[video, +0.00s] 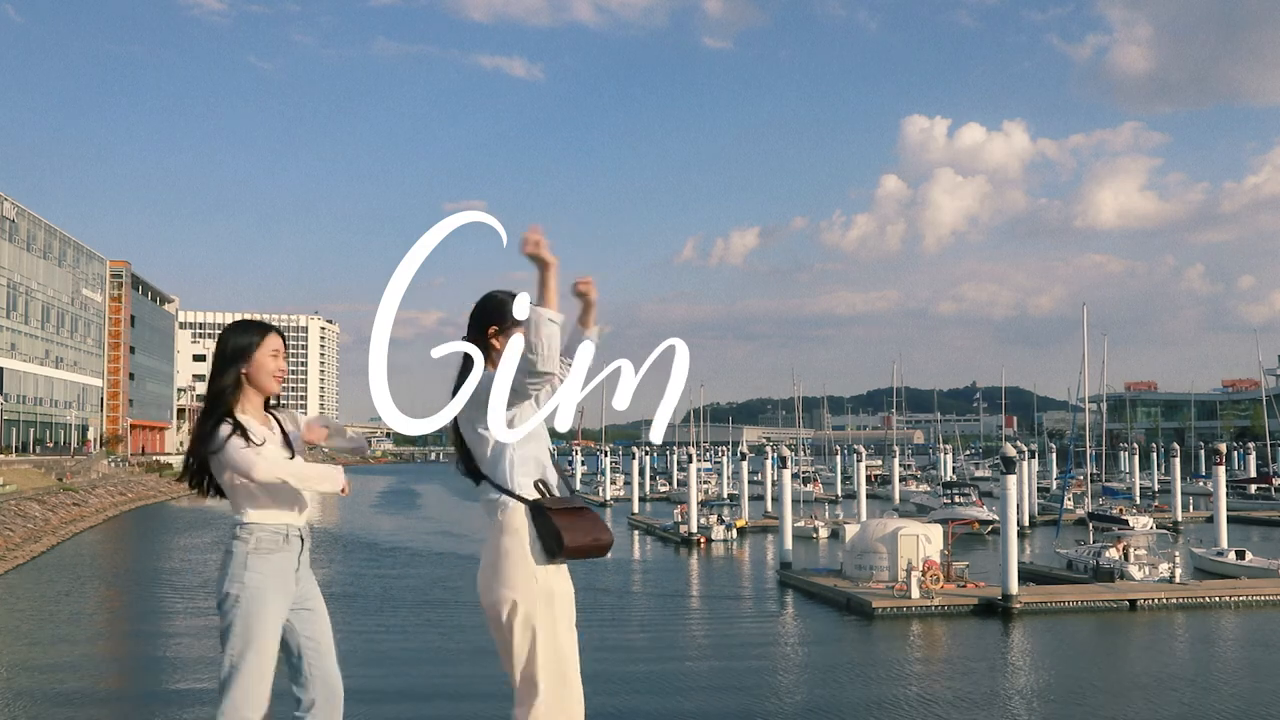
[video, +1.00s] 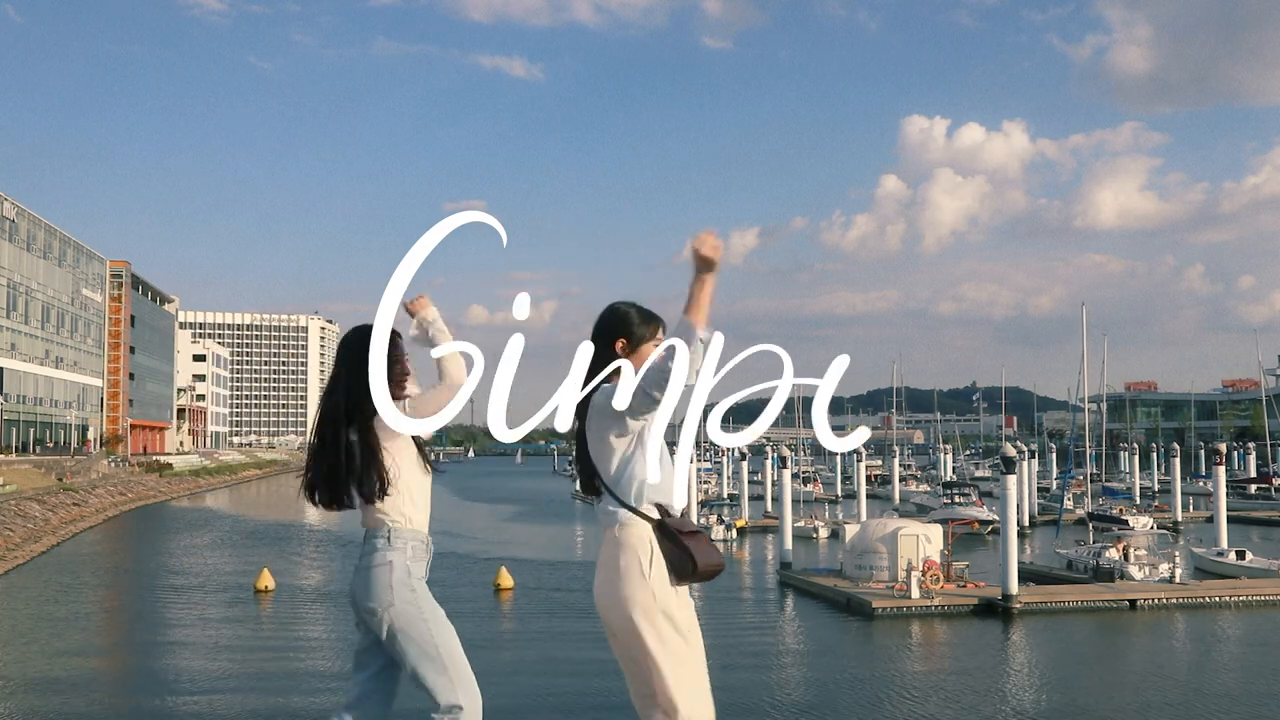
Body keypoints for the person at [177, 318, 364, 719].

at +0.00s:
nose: (283, 366)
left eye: (283, 357)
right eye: (273, 356)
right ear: (243, 364)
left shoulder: (282, 422)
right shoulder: (222, 428)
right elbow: (258, 468)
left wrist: (314, 435)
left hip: (297, 562)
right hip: (257, 562)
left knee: (325, 695)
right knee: (245, 699)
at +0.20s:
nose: (315, 379)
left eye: (312, 371)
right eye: (310, 371)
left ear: (266, 377)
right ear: (298, 377)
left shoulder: (286, 434)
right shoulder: (292, 426)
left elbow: (347, 448)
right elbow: (361, 384)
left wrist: (390, 430)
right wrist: (352, 366)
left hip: (309, 580)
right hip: (299, 583)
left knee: (348, 697)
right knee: (351, 706)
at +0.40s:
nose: (340, 357)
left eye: (338, 351)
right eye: (336, 351)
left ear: (282, 364)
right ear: (325, 363)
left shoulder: (283, 415)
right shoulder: (334, 401)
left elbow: (285, 374)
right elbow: (395, 342)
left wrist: (290, 333)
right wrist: (435, 290)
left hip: (307, 561)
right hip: (337, 563)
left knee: (331, 693)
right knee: (395, 689)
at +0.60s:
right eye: (359, 362)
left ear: (299, 375)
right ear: (357, 370)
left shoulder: (285, 429)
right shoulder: (369, 418)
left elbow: (266, 391)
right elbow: (434, 365)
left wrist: (279, 346)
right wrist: (421, 311)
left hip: (324, 562)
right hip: (375, 553)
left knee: (352, 690)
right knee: (411, 682)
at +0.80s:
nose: (382, 358)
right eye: (374, 349)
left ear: (318, 366)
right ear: (369, 357)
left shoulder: (308, 423)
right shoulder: (383, 401)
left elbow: (277, 396)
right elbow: (441, 355)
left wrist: (297, 348)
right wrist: (467, 312)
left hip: (335, 566)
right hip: (379, 564)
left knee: (337, 696)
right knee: (441, 689)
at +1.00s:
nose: (406, 367)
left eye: (404, 358)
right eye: (396, 361)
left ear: (362, 374)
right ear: (375, 371)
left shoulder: (369, 424)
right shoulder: (389, 420)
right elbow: (453, 382)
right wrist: (432, 321)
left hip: (376, 575)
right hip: (397, 579)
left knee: (366, 708)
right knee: (462, 704)